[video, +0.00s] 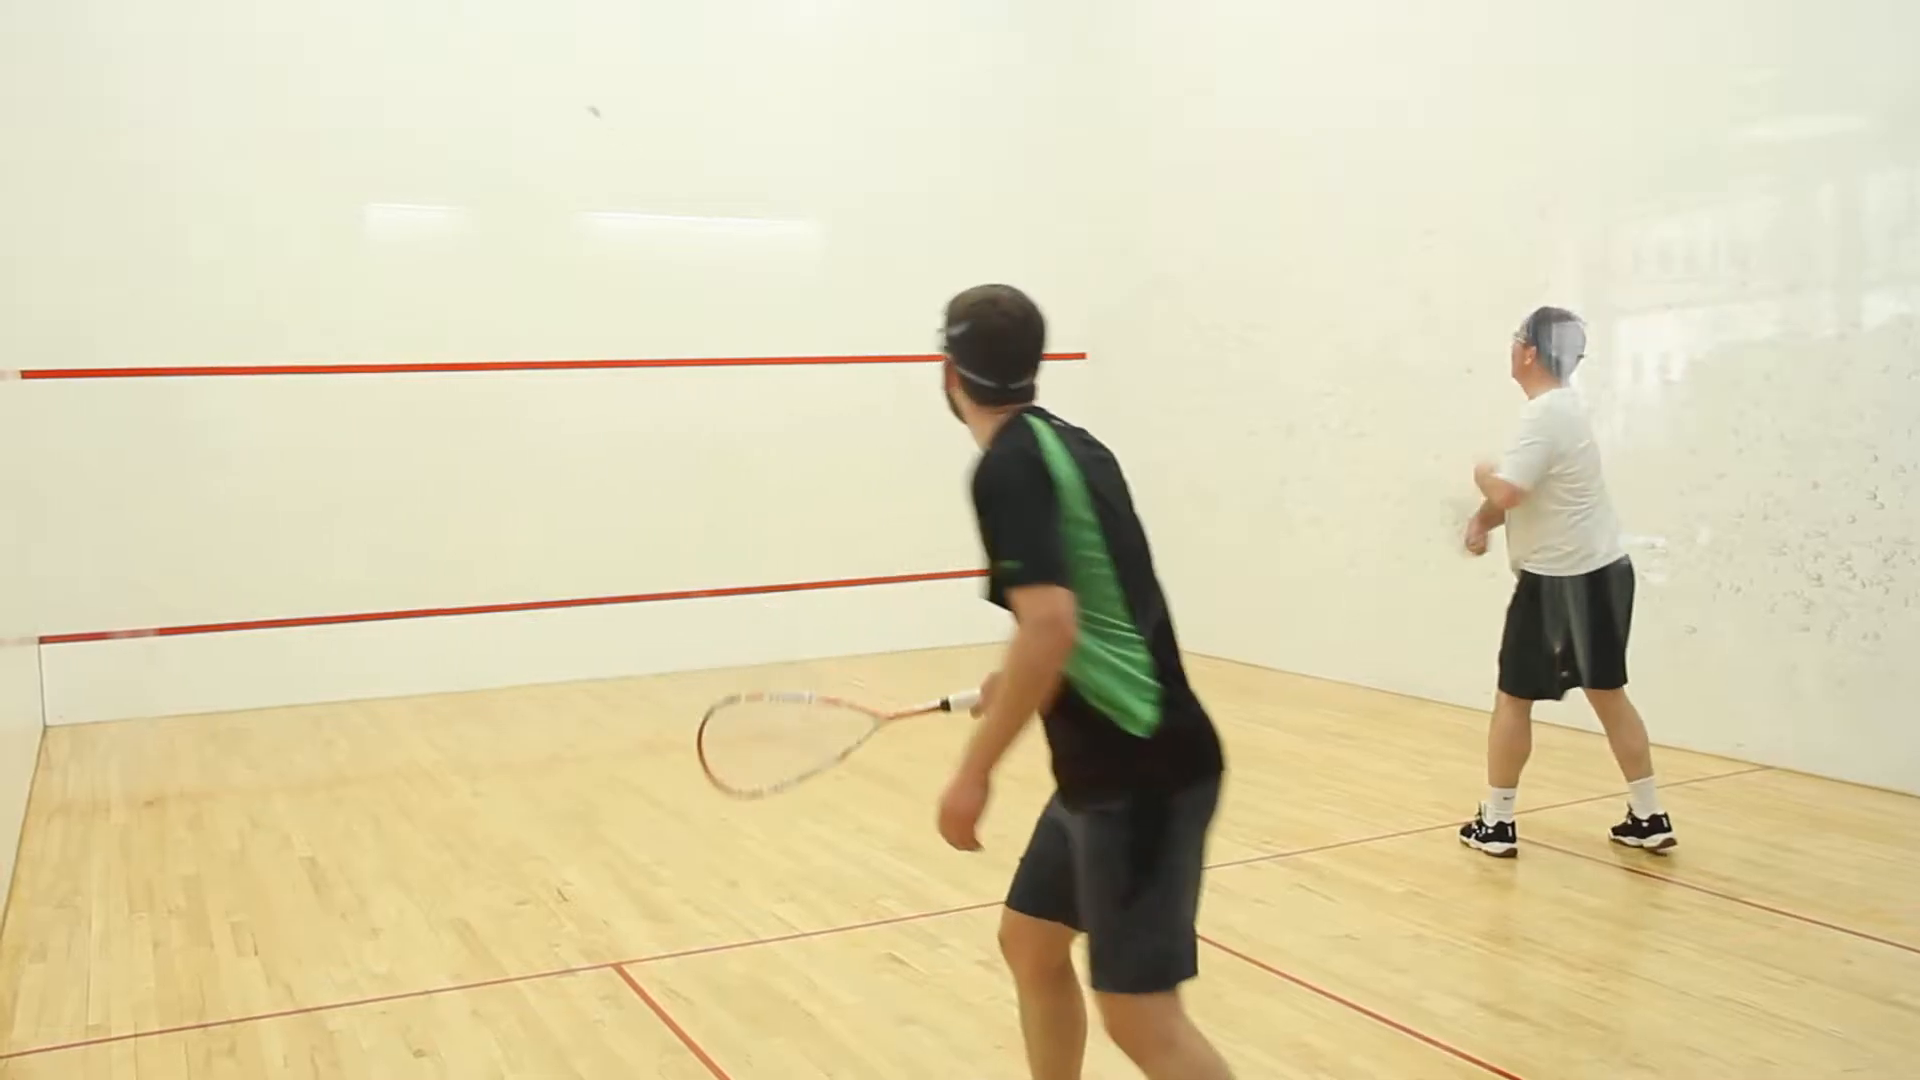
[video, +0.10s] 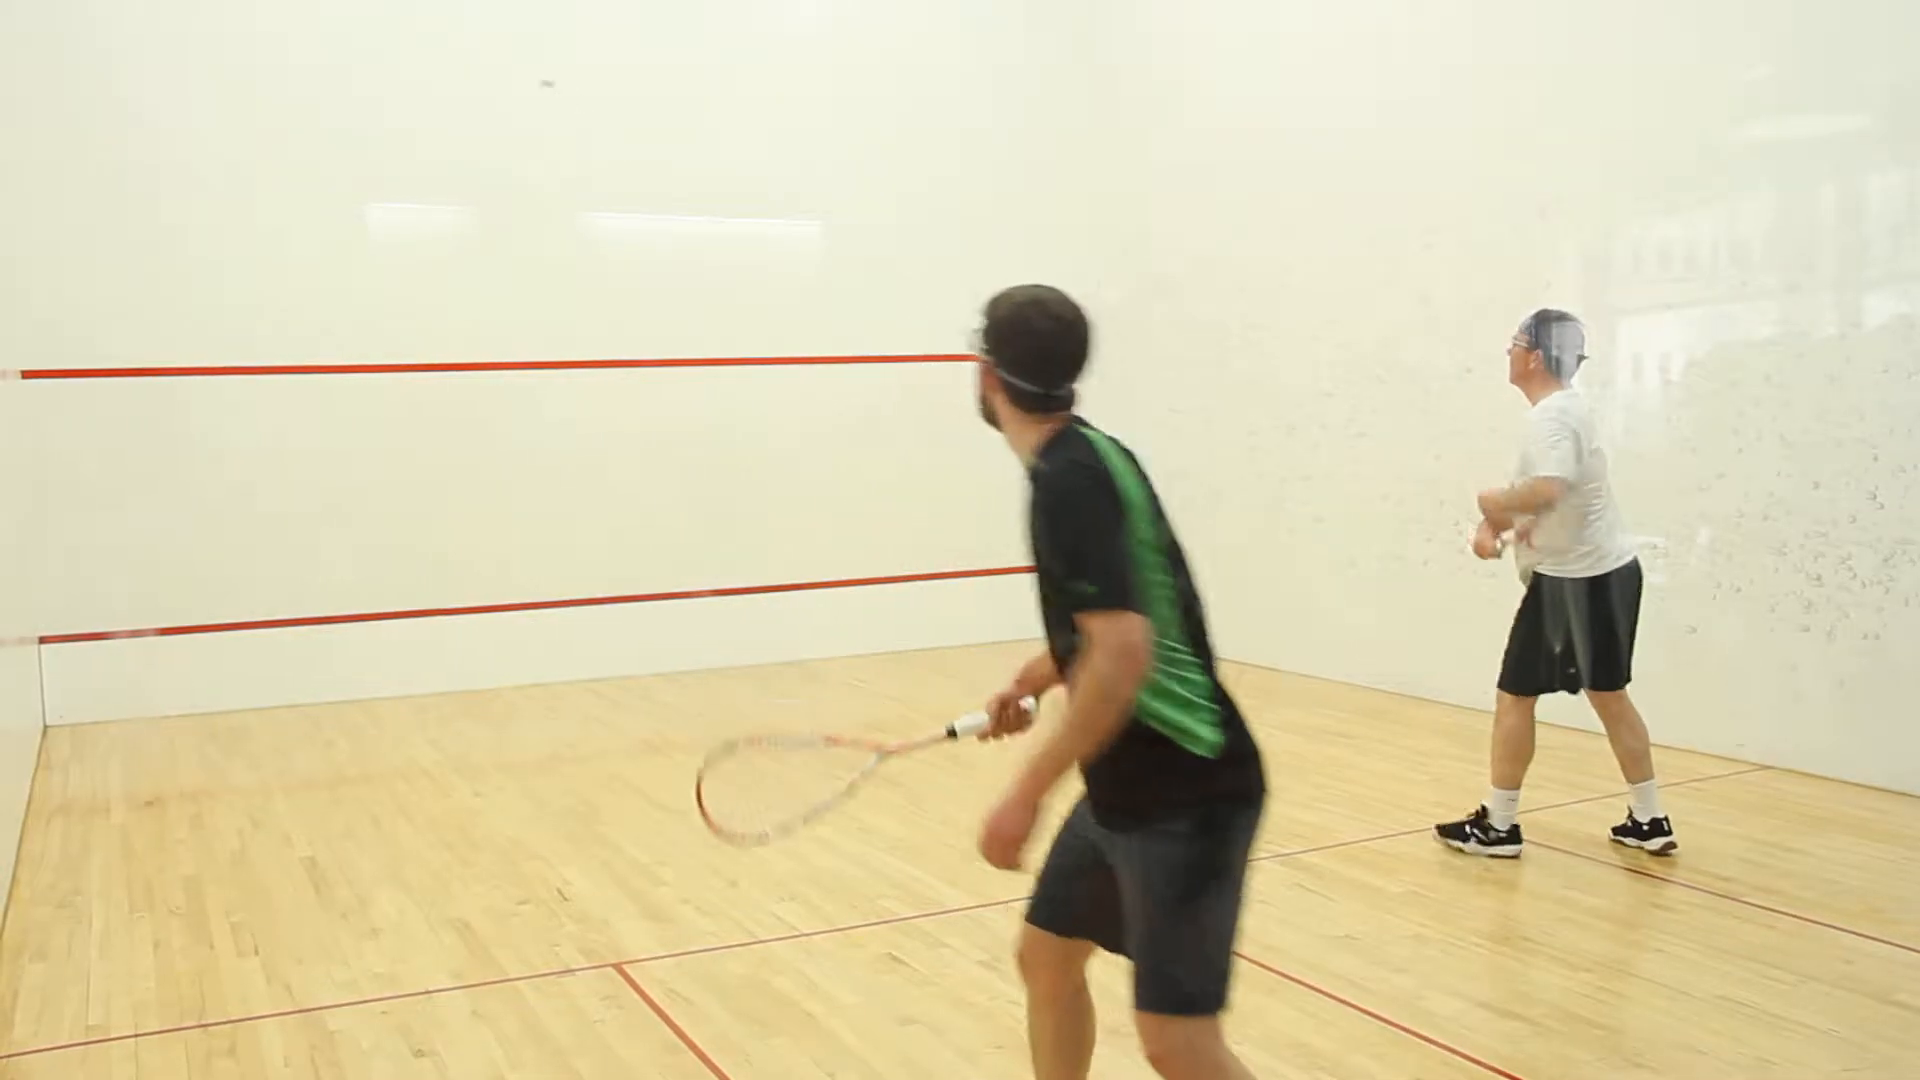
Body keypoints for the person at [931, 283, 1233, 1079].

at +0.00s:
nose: (940, 372)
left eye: (941, 359)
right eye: (947, 358)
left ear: (952, 374)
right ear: (1033, 369)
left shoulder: (1010, 464)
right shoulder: (1073, 446)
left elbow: (1049, 625)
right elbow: (1096, 606)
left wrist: (973, 770)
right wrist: (1013, 687)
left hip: (1144, 778)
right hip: (1105, 771)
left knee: (1141, 1016)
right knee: (1030, 942)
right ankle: (1055, 1074)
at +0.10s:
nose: (975, 370)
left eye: (978, 356)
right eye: (981, 355)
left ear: (990, 376)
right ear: (1070, 374)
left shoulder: (1073, 479)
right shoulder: (1085, 460)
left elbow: (1121, 655)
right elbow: (1116, 617)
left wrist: (1029, 791)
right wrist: (1029, 680)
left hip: (1190, 792)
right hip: (1128, 782)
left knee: (1180, 1038)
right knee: (1046, 955)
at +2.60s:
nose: (1267, 425)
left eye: (1269, 415)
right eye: (1274, 415)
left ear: (1277, 422)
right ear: (1330, 426)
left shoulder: (1263, 498)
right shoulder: (1386, 496)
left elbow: (1190, 589)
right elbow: (1427, 610)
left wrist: (1162, 634)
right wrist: (1369, 643)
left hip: (1319, 702)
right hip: (1403, 701)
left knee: (1220, 819)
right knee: (1348, 790)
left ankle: (1185, 971)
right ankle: (1365, 921)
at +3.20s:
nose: (1455, 370)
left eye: (1460, 359)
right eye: (1459, 359)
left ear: (1481, 364)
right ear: (1522, 370)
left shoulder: (1476, 414)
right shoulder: (1556, 444)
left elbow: (1466, 491)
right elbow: (1543, 532)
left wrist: (1413, 500)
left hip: (1459, 628)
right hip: (1530, 639)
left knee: (1381, 751)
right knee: (1502, 772)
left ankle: (1347, 896)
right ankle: (1511, 923)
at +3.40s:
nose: (1464, 366)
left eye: (1471, 355)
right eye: (1467, 353)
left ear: (1497, 363)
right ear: (1530, 366)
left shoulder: (1500, 422)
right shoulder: (1577, 432)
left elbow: (1503, 508)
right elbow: (1583, 523)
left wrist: (1442, 532)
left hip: (1535, 616)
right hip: (1596, 613)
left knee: (1494, 756)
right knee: (1570, 753)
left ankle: (1515, 908)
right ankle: (1663, 885)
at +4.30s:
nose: (1659, 380)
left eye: (1661, 371)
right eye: (1665, 370)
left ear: (1667, 375)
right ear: (1723, 374)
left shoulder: (1652, 447)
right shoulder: (1785, 444)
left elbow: (1645, 548)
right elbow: (1838, 544)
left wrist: (1623, 629)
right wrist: (1809, 625)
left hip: (1716, 648)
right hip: (1794, 643)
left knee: (1645, 787)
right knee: (1807, 787)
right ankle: (1874, 941)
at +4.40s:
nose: (1636, 383)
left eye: (1638, 372)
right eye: (1647, 371)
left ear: (1643, 374)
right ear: (1698, 375)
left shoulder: (1628, 449)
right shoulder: (1756, 446)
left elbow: (1616, 543)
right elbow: (1806, 553)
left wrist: (1592, 624)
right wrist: (1766, 615)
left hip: (1684, 653)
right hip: (1762, 650)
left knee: (1597, 792)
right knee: (1784, 788)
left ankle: (1624, 960)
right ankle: (1872, 938)